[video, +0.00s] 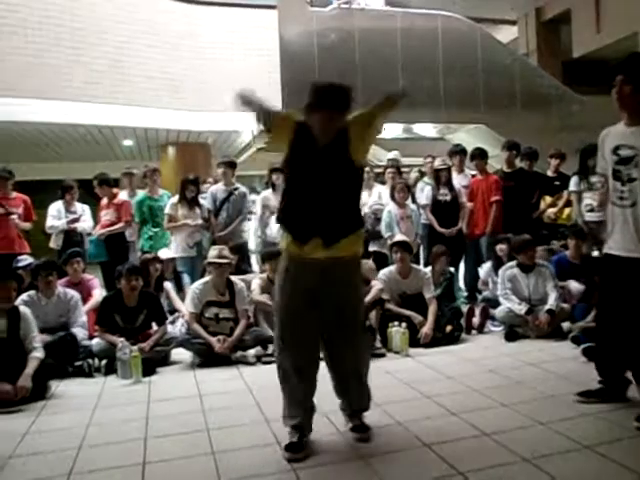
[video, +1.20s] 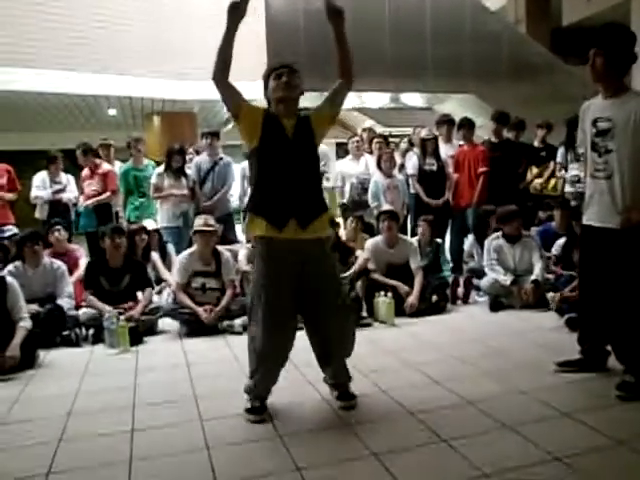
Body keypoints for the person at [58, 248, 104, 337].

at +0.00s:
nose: (75, 267)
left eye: (78, 263)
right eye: (71, 264)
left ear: (83, 265)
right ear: (65, 268)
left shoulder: (91, 281)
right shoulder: (60, 285)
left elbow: (98, 297)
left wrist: (82, 311)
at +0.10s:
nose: (76, 265)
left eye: (78, 261)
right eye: (72, 262)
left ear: (82, 262)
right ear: (66, 266)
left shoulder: (92, 279)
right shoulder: (62, 282)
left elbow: (97, 296)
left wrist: (82, 308)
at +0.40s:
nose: (72, 257)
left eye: (75, 252)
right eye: (68, 254)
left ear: (80, 255)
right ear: (63, 258)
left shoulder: (88, 271)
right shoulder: (57, 274)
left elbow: (94, 287)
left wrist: (78, 300)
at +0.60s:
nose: (61, 256)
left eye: (64, 252)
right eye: (57, 254)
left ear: (69, 254)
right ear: (52, 258)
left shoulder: (78, 270)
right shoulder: (47, 274)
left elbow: (84, 286)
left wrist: (68, 301)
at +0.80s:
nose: (55, 235)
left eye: (58, 231)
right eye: (51, 232)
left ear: (63, 232)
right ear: (45, 234)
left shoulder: (72, 248)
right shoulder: (41, 252)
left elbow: (76, 265)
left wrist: (63, 277)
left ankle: (73, 302)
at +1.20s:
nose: (56, 235)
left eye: (59, 231)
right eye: (53, 232)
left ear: (67, 235)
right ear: (49, 238)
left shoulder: (77, 251)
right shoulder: (46, 255)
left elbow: (81, 269)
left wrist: (69, 282)